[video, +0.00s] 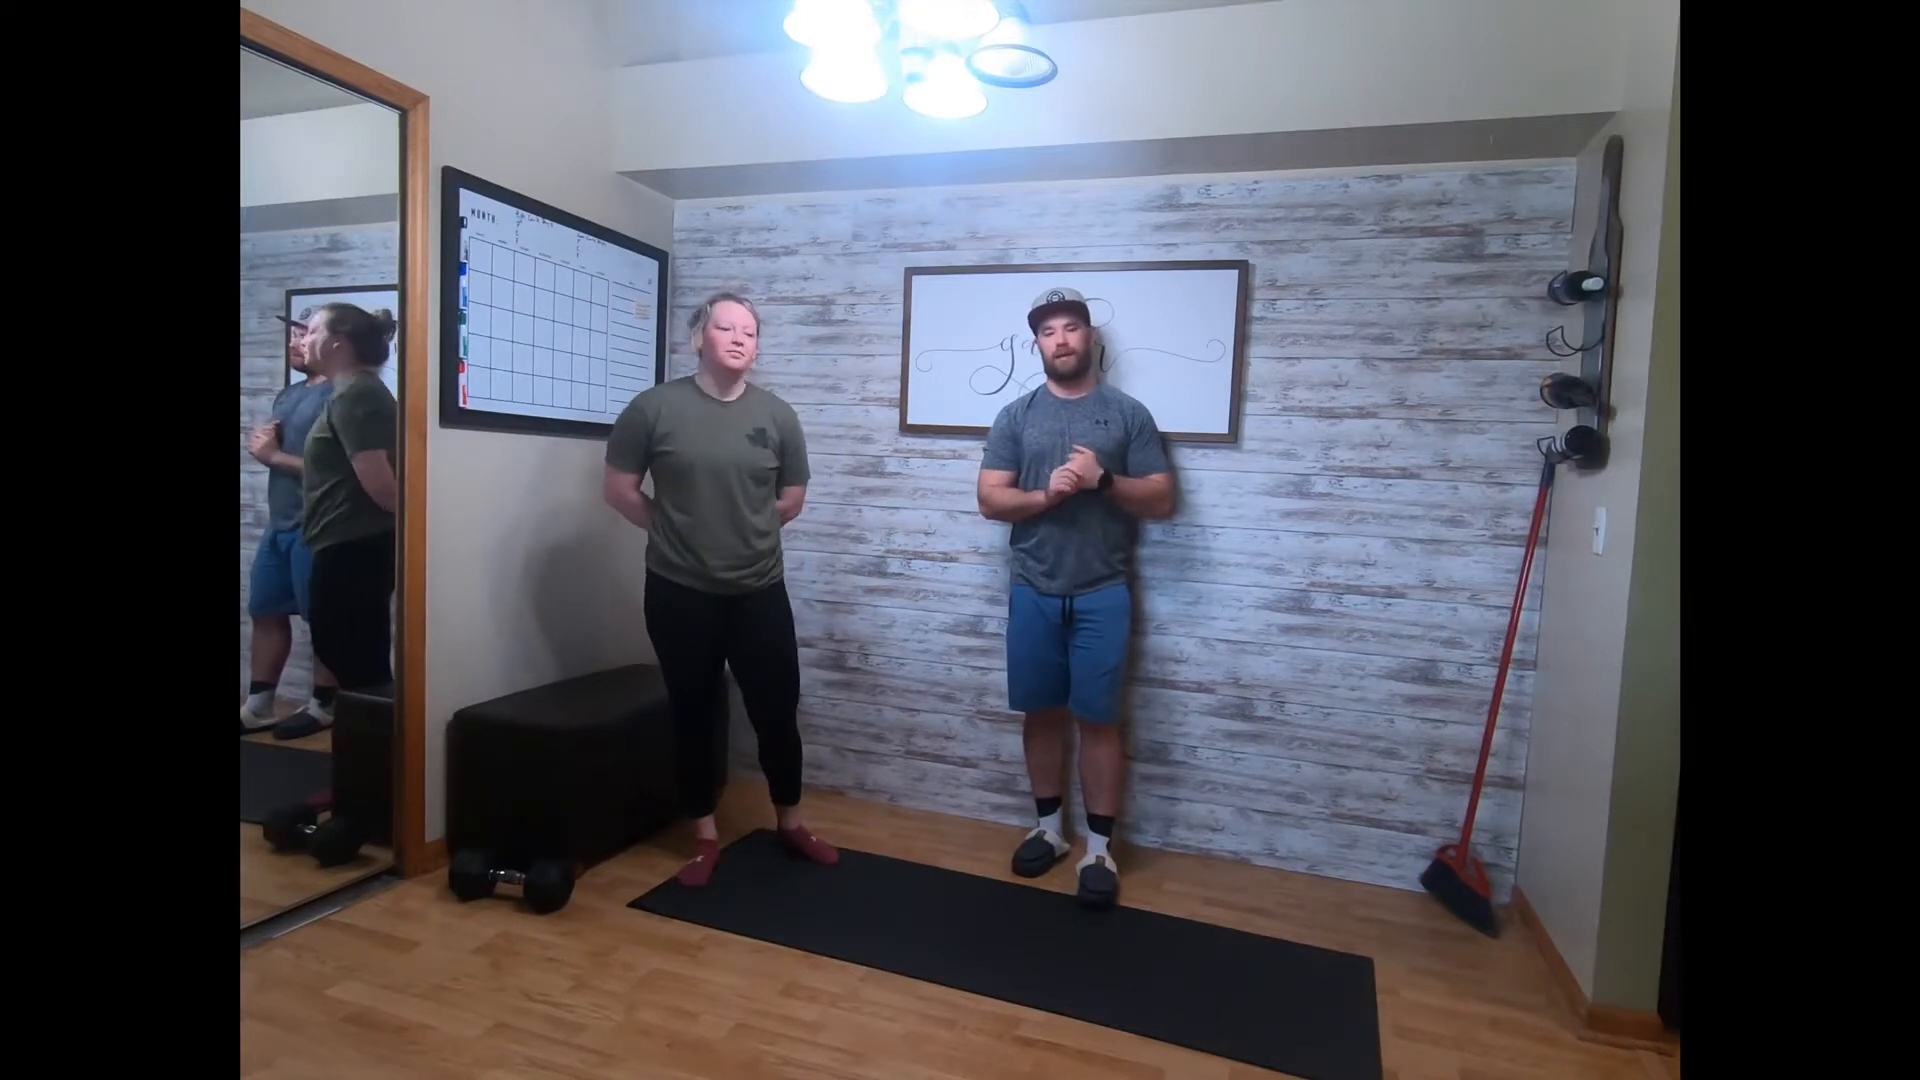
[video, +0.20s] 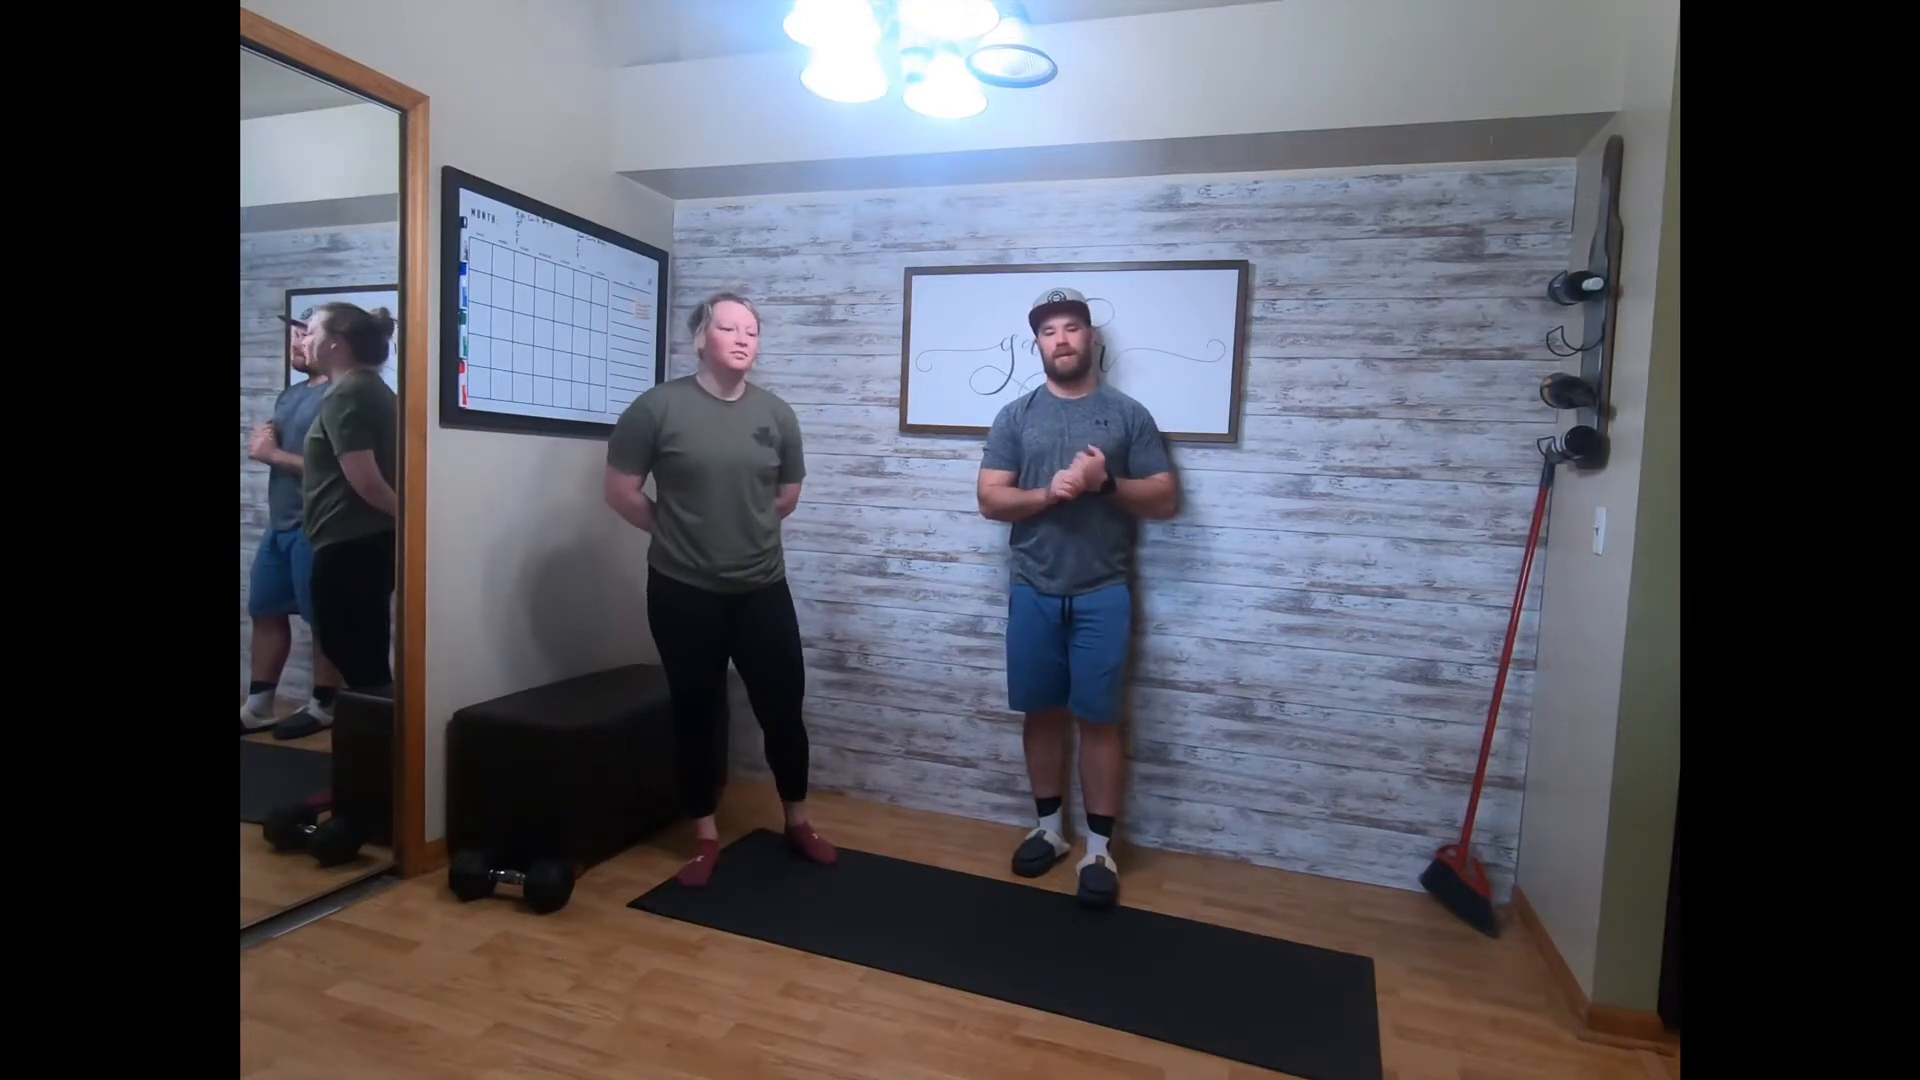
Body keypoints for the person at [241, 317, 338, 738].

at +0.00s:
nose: (297, 339)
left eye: (306, 332)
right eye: (297, 332)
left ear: (328, 344)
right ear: (298, 344)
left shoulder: (335, 396)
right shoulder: (288, 395)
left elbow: (328, 467)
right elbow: (285, 449)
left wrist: (273, 454)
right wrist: (267, 444)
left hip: (315, 528)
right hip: (279, 526)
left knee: (321, 620)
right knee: (267, 612)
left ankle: (324, 706)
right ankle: (260, 703)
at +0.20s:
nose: (298, 340)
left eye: (307, 332)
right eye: (298, 333)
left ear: (329, 344)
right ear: (299, 345)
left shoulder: (336, 396)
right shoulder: (290, 396)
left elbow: (327, 466)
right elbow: (283, 444)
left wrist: (272, 452)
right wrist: (267, 440)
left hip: (315, 527)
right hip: (280, 526)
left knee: (321, 620)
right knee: (267, 611)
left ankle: (324, 706)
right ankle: (259, 703)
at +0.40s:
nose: (298, 343)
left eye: (307, 335)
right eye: (299, 334)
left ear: (329, 347)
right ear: (304, 346)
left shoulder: (336, 397)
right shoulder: (291, 396)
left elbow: (327, 466)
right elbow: (286, 446)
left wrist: (271, 453)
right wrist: (268, 441)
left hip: (316, 527)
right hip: (280, 525)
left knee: (321, 618)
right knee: (266, 610)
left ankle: (323, 706)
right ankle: (260, 703)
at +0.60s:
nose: (301, 340)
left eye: (310, 333)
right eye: (303, 333)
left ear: (332, 344)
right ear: (306, 345)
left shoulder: (341, 396)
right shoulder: (292, 394)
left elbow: (331, 465)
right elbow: (277, 440)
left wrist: (273, 453)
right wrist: (265, 440)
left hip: (317, 526)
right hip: (280, 525)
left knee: (321, 619)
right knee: (266, 611)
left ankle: (324, 706)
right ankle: (259, 703)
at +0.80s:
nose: (305, 339)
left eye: (314, 333)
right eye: (305, 332)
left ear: (334, 343)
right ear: (305, 344)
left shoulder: (343, 395)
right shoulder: (291, 394)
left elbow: (335, 464)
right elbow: (274, 445)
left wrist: (274, 454)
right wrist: (264, 442)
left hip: (319, 525)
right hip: (280, 525)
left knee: (322, 619)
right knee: (265, 611)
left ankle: (323, 707)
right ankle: (259, 704)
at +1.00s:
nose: (300, 340)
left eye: (310, 335)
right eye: (301, 333)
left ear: (331, 347)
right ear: (302, 343)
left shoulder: (342, 394)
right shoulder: (289, 395)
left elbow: (337, 464)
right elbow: (278, 443)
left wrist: (275, 458)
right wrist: (267, 443)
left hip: (319, 524)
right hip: (280, 524)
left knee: (322, 618)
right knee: (265, 610)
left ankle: (324, 707)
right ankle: (259, 704)